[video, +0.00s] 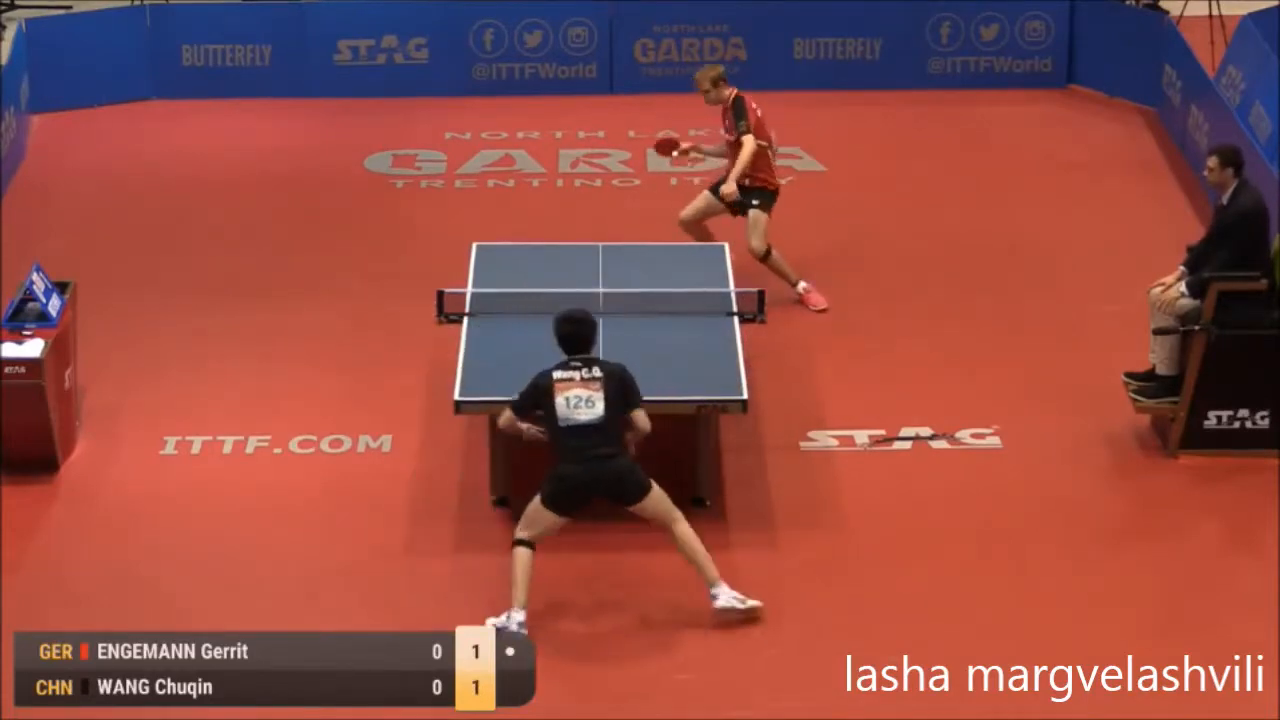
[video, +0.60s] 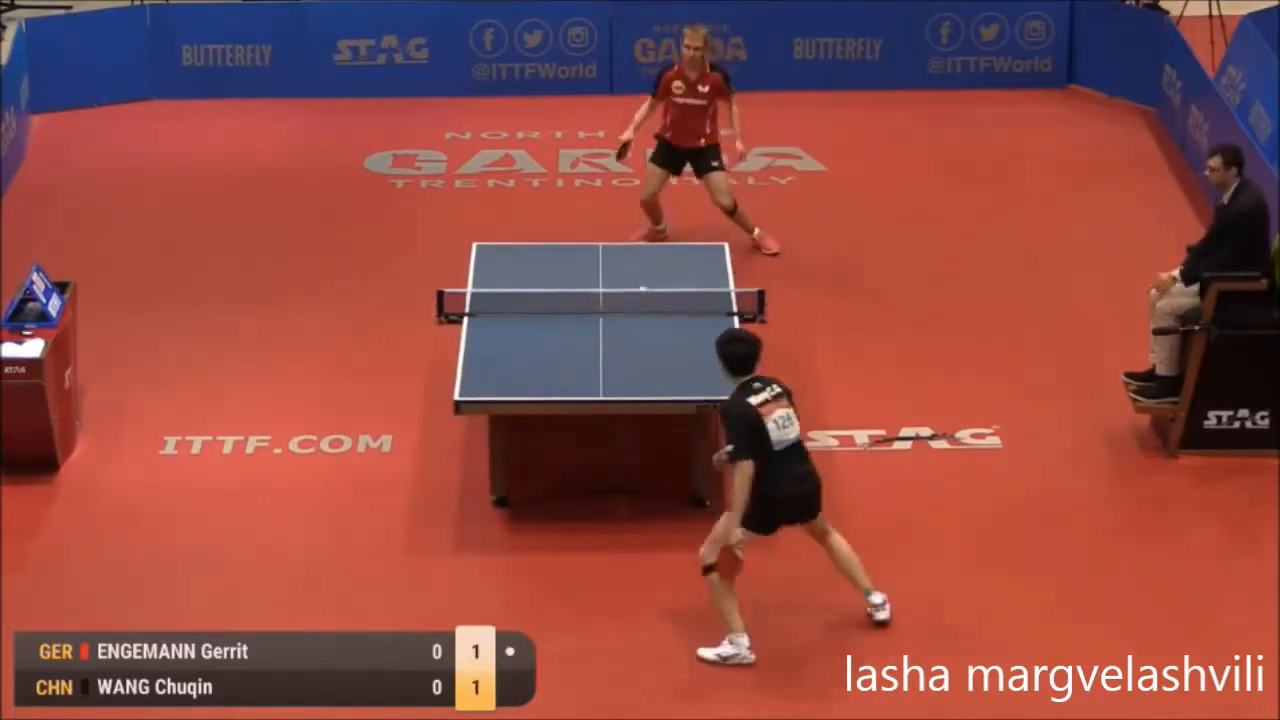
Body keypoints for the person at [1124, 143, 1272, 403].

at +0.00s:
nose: (1205, 175)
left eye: (1211, 170)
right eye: (1206, 169)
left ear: (1229, 171)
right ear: (1223, 172)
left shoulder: (1246, 206)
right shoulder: (1229, 200)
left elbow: (1227, 263)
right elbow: (1209, 244)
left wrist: (1185, 287)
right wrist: (1179, 274)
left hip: (1238, 291)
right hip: (1221, 279)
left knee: (1166, 305)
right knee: (1156, 295)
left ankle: (1169, 378)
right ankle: (1160, 369)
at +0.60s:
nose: (1207, 175)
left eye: (1213, 169)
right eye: (1207, 169)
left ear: (1232, 170)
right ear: (1225, 172)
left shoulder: (1245, 205)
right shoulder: (1231, 199)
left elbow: (1221, 257)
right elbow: (1210, 244)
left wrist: (1178, 279)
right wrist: (1177, 272)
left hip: (1236, 288)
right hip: (1222, 278)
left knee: (1165, 307)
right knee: (1157, 296)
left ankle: (1168, 378)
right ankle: (1160, 369)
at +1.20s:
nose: (1208, 172)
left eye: (1215, 168)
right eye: (1209, 166)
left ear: (1233, 174)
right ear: (1226, 173)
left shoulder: (1249, 205)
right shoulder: (1225, 200)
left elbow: (1229, 264)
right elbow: (1205, 240)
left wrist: (1183, 288)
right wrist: (1173, 274)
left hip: (1241, 292)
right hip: (1223, 280)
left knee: (1168, 307)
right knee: (1158, 296)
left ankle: (1168, 378)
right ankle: (1159, 370)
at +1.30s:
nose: (1208, 172)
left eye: (1215, 168)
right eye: (1209, 166)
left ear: (1233, 174)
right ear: (1226, 174)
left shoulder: (1249, 205)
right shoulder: (1225, 200)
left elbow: (1229, 264)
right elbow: (1205, 240)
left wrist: (1183, 288)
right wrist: (1173, 274)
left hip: (1241, 292)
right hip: (1223, 280)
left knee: (1167, 307)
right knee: (1158, 296)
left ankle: (1168, 379)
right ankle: (1159, 370)